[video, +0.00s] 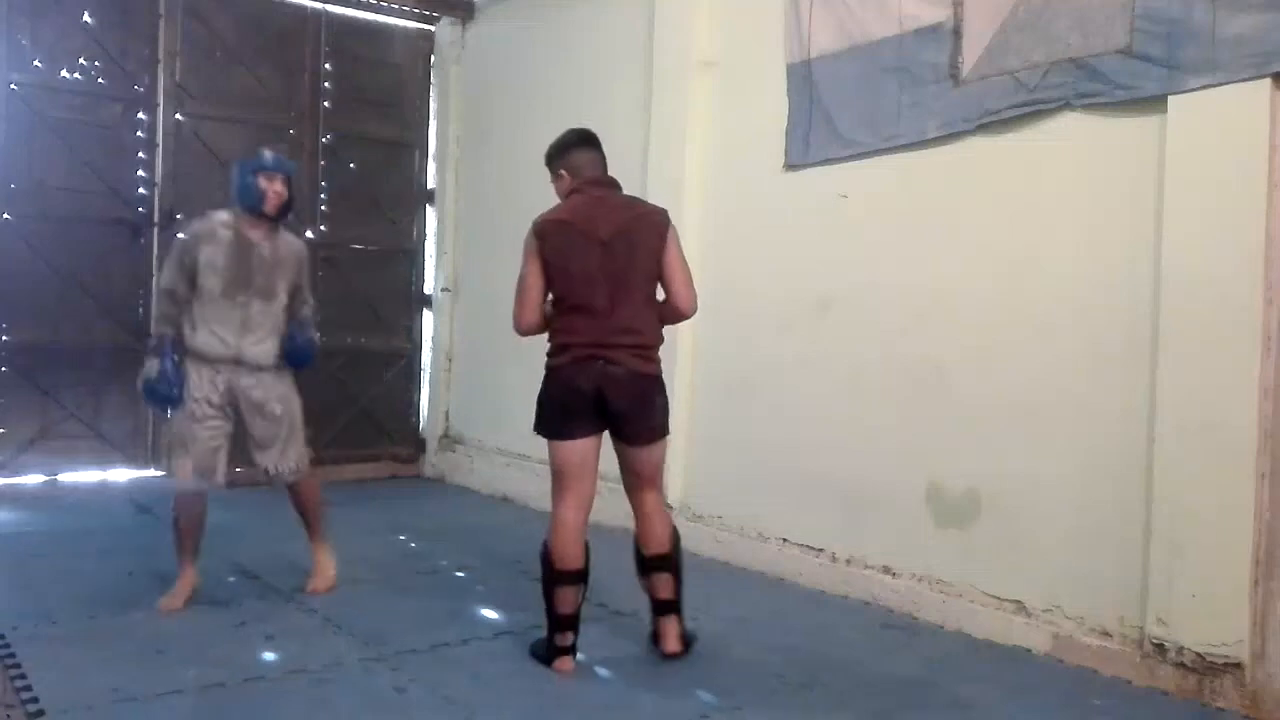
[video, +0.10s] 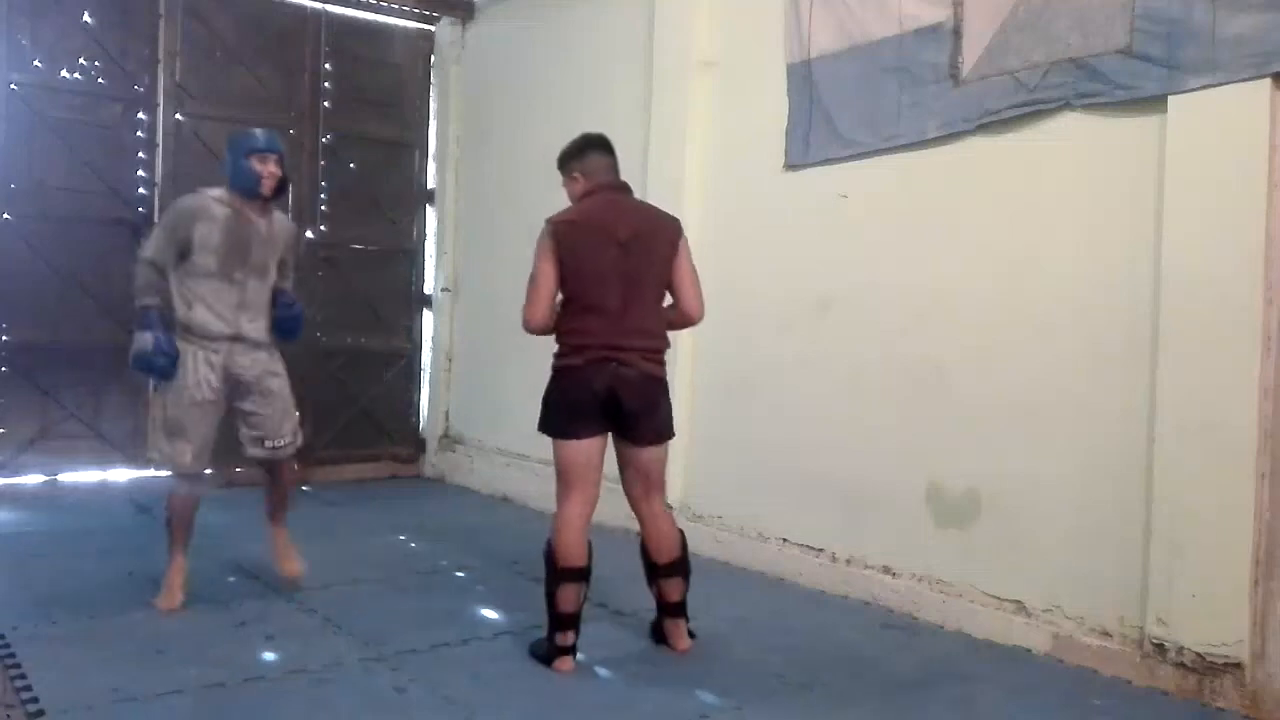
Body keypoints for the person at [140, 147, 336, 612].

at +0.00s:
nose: (274, 188)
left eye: (282, 181)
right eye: (265, 178)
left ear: (289, 193)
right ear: (245, 182)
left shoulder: (293, 250)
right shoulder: (203, 233)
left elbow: (302, 306)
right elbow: (169, 294)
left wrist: (303, 336)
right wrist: (163, 352)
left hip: (267, 372)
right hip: (202, 368)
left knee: (292, 467)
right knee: (189, 475)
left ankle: (321, 552)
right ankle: (186, 572)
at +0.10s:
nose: (270, 169)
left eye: (276, 162)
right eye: (260, 160)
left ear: (281, 173)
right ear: (237, 163)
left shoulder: (282, 228)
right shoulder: (195, 210)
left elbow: (283, 281)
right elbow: (151, 262)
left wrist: (285, 307)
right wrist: (150, 322)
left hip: (258, 351)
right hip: (196, 350)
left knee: (282, 449)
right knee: (188, 466)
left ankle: (279, 533)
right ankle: (176, 564)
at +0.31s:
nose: (251, 196)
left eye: (255, 188)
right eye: (241, 186)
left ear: (258, 198)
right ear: (215, 190)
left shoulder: (253, 250)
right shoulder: (182, 239)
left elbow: (262, 305)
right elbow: (112, 283)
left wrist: (270, 329)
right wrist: (128, 345)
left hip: (236, 383)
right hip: (181, 381)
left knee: (253, 472)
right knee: (175, 488)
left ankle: (209, 549)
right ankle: (158, 580)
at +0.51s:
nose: (251, 166)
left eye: (254, 159)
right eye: (241, 157)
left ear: (255, 169)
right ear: (215, 161)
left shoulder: (245, 221)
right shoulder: (179, 204)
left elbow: (230, 280)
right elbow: (136, 265)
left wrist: (254, 299)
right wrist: (192, 305)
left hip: (236, 350)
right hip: (186, 351)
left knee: (219, 459)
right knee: (175, 461)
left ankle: (191, 546)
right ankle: (152, 564)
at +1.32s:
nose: (289, 164)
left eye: (286, 155)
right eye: (279, 155)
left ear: (263, 163)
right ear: (256, 161)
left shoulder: (256, 213)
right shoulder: (230, 200)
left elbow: (240, 285)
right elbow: (185, 259)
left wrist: (279, 294)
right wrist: (253, 275)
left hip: (239, 350)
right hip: (214, 349)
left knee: (223, 470)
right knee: (219, 472)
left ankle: (181, 560)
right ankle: (187, 583)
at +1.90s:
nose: (313, 190)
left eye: (314, 182)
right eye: (306, 180)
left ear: (289, 185)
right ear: (280, 179)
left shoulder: (279, 226)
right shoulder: (258, 209)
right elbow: (243, 274)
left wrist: (306, 301)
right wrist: (300, 276)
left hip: (260, 366)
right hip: (242, 366)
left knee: (256, 485)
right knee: (246, 487)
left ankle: (208, 576)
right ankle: (184, 591)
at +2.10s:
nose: (336, 215)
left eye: (339, 206)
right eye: (330, 203)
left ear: (306, 203)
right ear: (304, 200)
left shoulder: (288, 246)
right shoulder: (269, 241)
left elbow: (270, 319)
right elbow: (246, 312)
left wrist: (318, 342)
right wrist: (309, 314)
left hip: (271, 379)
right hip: (263, 380)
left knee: (260, 482)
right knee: (309, 480)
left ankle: (204, 572)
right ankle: (239, 578)